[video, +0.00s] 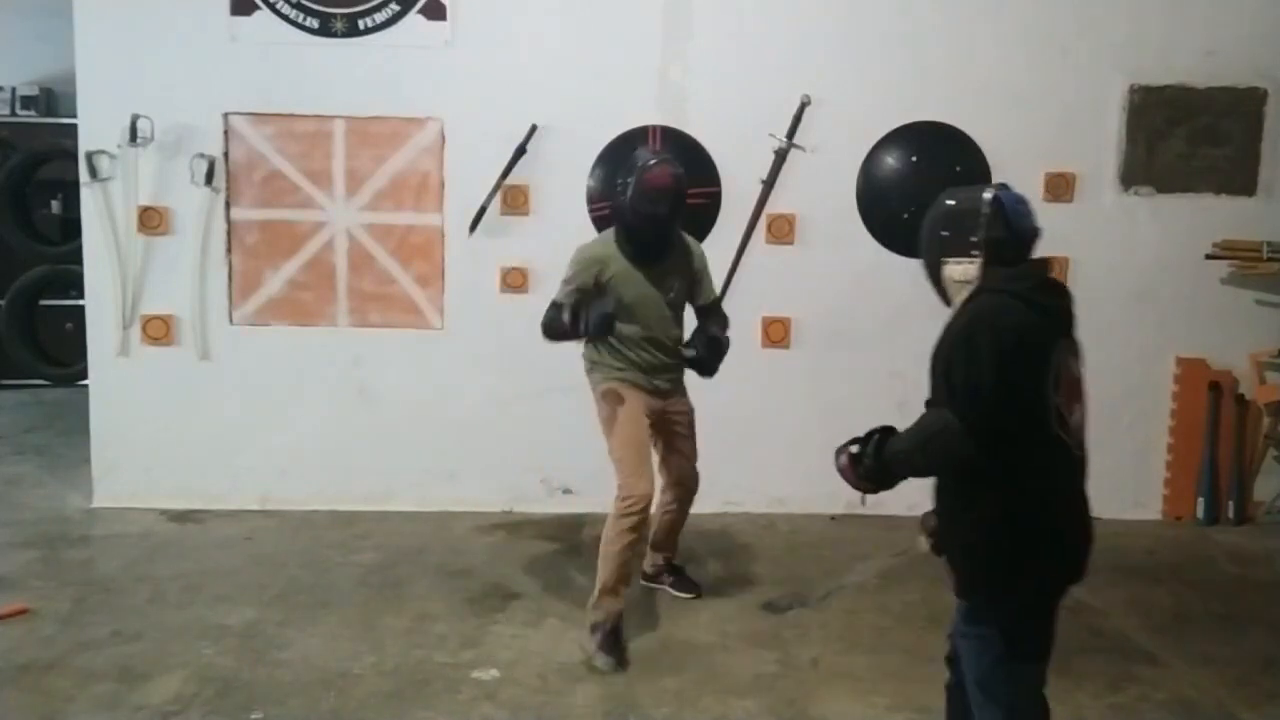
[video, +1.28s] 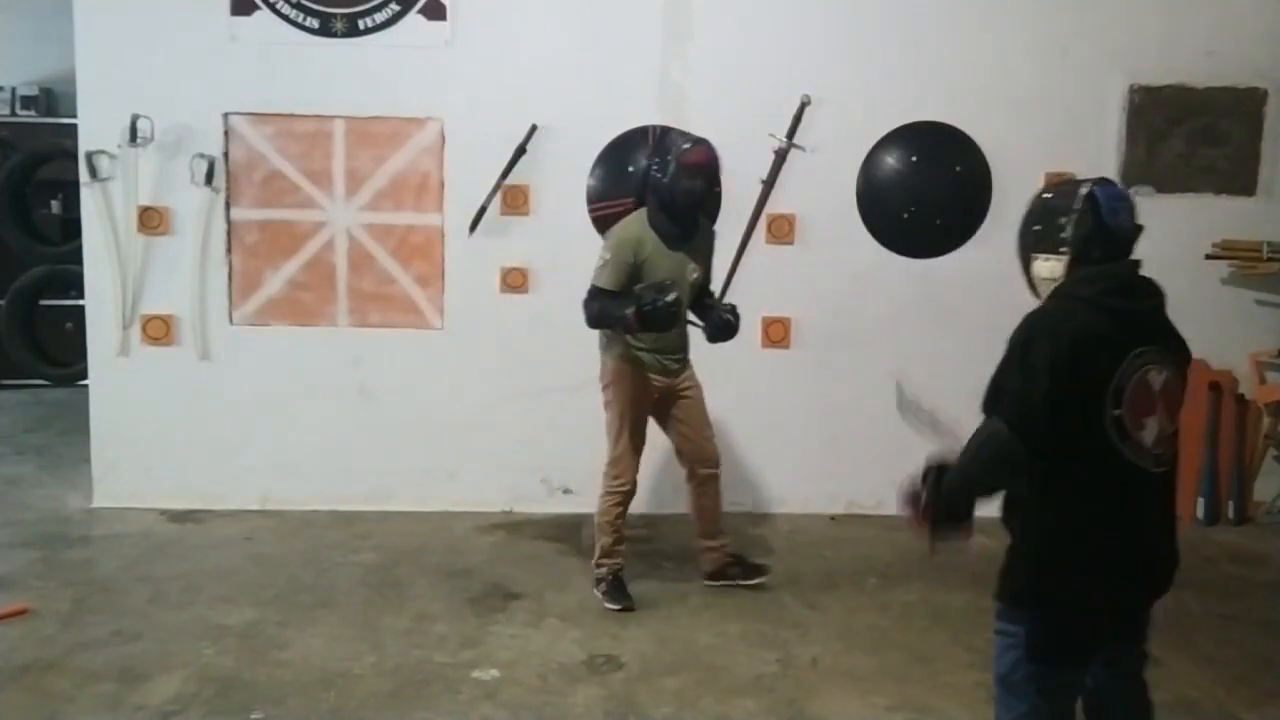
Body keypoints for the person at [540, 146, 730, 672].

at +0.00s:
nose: (658, 218)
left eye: (666, 208)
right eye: (649, 207)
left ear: (676, 210)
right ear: (627, 207)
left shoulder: (688, 253)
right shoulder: (595, 256)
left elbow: (712, 313)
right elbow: (552, 323)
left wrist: (710, 342)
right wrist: (585, 319)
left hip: (670, 382)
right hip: (618, 380)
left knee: (682, 482)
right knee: (636, 495)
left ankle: (659, 564)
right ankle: (605, 619)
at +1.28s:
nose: (698, 189)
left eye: (704, 180)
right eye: (688, 179)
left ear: (710, 186)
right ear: (663, 182)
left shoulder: (701, 236)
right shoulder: (628, 236)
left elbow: (696, 293)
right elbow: (594, 308)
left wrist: (715, 317)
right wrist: (638, 313)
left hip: (676, 367)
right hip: (628, 366)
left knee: (704, 460)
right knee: (622, 472)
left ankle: (716, 561)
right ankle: (608, 571)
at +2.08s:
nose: (810, 221)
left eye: (818, 212)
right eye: (803, 208)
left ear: (823, 215)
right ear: (776, 203)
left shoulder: (810, 259)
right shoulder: (748, 253)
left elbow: (851, 331)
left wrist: (837, 290)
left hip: (773, 382)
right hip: (727, 377)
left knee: (796, 493)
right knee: (772, 487)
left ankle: (754, 567)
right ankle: (742, 589)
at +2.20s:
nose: (818, 242)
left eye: (827, 233)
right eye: (810, 230)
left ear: (834, 236)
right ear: (784, 224)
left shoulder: (825, 282)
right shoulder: (760, 269)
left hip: (780, 402)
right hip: (733, 398)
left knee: (810, 511)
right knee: (781, 505)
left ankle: (748, 565)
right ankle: (770, 629)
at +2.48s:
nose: (829, 224)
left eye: (838, 214)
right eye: (819, 212)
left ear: (846, 217)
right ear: (792, 210)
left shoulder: (844, 271)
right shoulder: (760, 264)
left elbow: (845, 339)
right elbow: (702, 332)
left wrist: (861, 349)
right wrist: (729, 382)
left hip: (813, 405)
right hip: (762, 402)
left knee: (834, 499)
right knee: (784, 508)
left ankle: (791, 554)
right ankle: (771, 627)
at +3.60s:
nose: (864, 230)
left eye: (872, 219)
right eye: (854, 217)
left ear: (882, 222)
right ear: (830, 216)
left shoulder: (881, 261)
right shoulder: (802, 265)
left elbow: (897, 330)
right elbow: (760, 336)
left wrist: (911, 322)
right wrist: (796, 357)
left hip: (844, 385)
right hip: (797, 383)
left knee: (850, 477)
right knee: (817, 485)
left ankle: (822, 545)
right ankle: (784, 608)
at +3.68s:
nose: (865, 226)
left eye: (873, 215)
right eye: (855, 213)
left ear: (884, 219)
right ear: (832, 214)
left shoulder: (885, 260)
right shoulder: (806, 265)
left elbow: (909, 330)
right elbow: (764, 333)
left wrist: (918, 311)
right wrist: (802, 356)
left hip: (850, 381)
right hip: (804, 379)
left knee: (858, 478)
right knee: (821, 485)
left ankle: (823, 546)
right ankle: (788, 608)